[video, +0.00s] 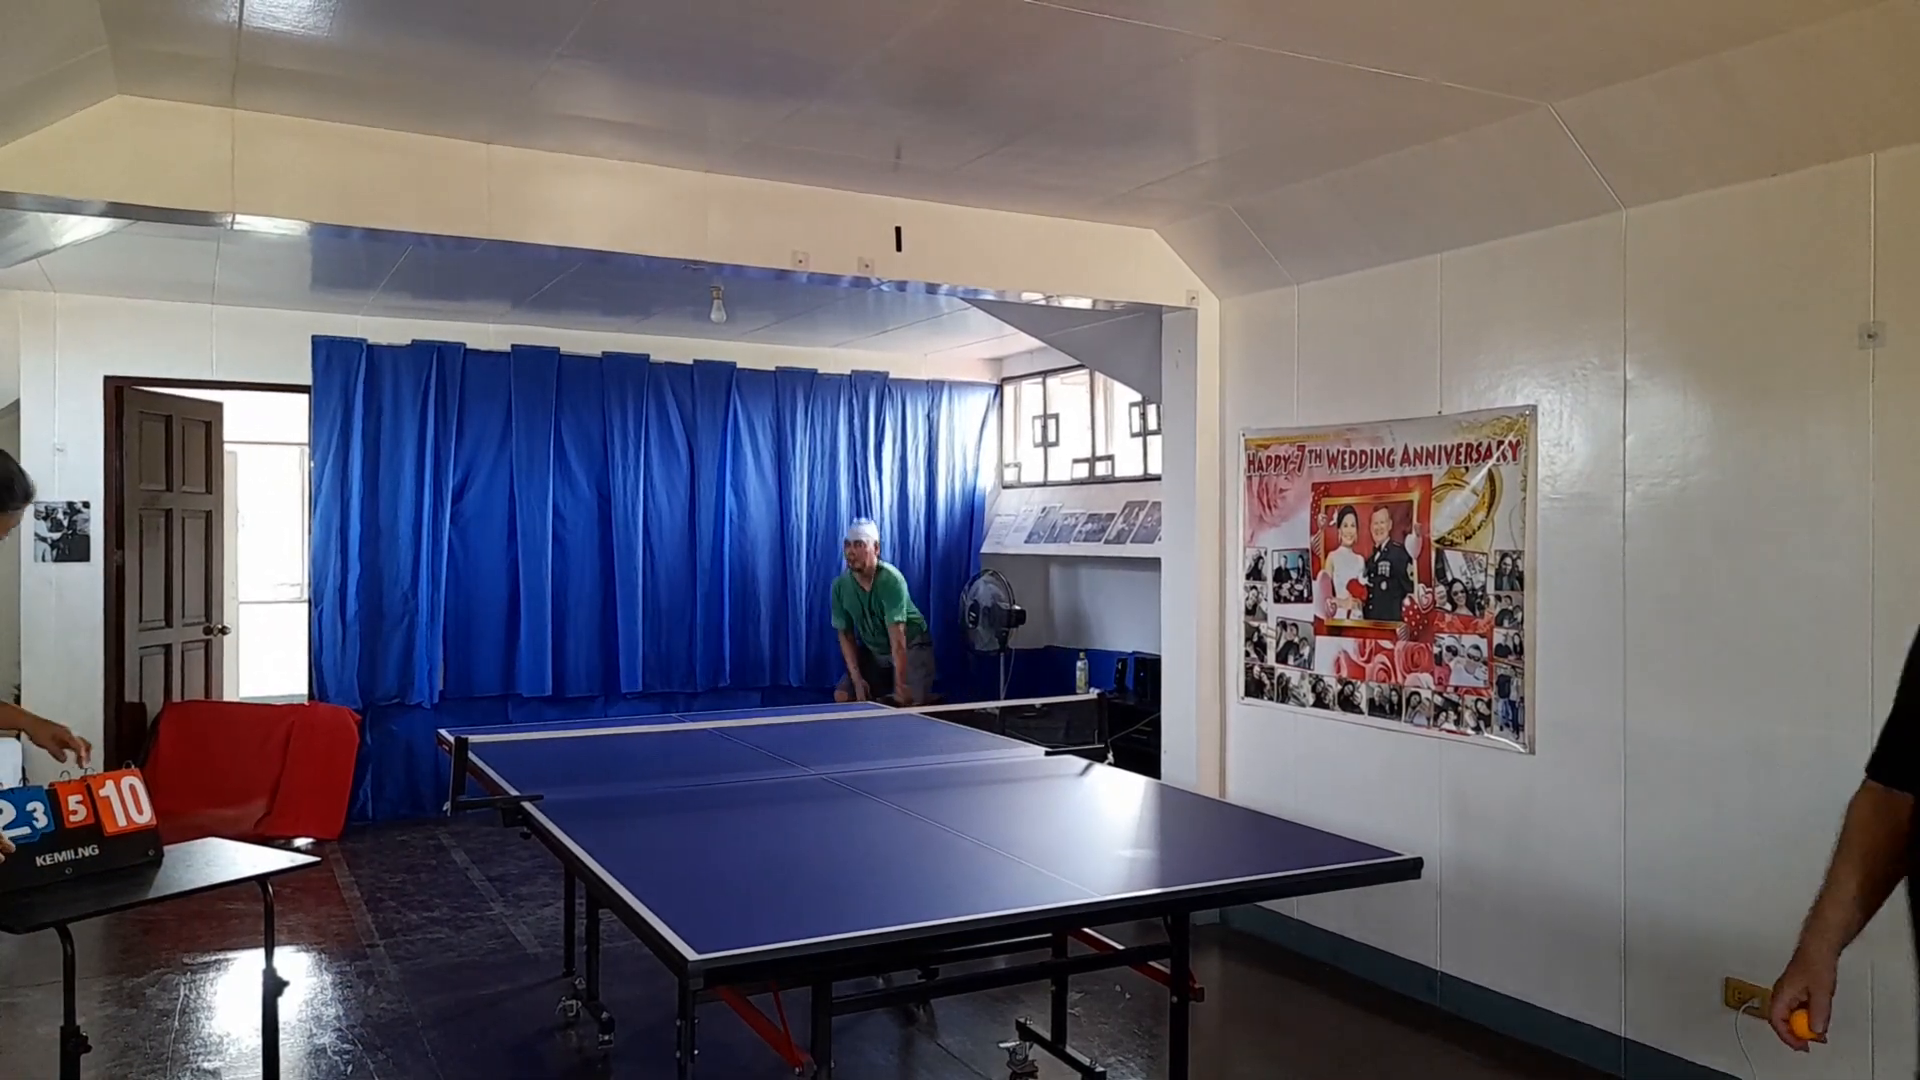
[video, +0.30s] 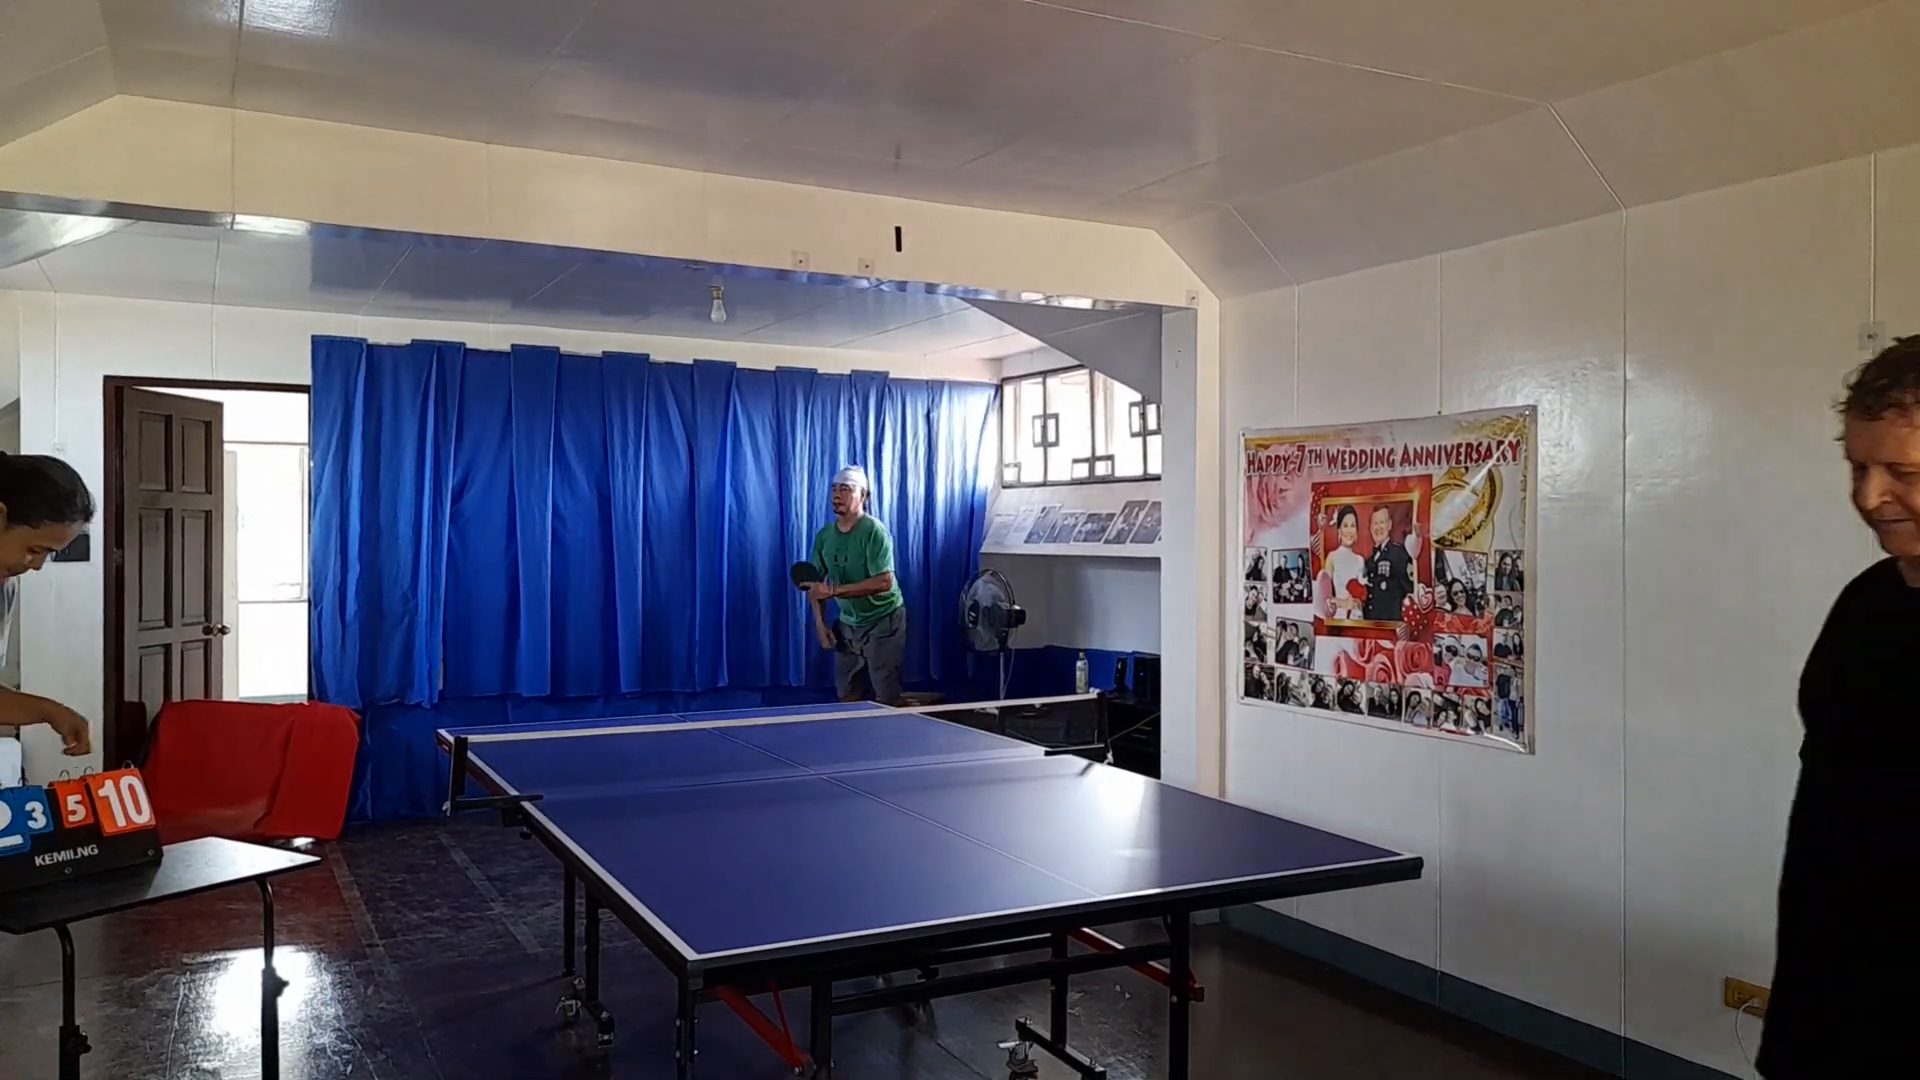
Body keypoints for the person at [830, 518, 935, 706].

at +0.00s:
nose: (850, 552)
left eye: (858, 545)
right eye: (847, 545)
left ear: (875, 548)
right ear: (843, 548)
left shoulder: (891, 581)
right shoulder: (840, 586)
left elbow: (897, 638)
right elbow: (845, 635)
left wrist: (900, 686)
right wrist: (857, 680)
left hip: (912, 646)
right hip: (874, 649)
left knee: (909, 703)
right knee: (843, 695)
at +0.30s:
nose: (837, 494)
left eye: (845, 489)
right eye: (834, 488)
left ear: (862, 495)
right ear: (831, 493)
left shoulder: (875, 531)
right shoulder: (825, 537)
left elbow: (885, 581)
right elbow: (814, 583)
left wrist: (833, 590)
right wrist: (820, 625)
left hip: (883, 621)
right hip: (848, 624)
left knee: (886, 695)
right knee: (848, 696)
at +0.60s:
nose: (814, 491)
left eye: (823, 486)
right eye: (812, 486)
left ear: (840, 496)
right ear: (807, 491)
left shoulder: (854, 533)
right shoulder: (803, 539)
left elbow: (874, 585)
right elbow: (801, 590)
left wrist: (847, 622)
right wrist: (777, 628)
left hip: (857, 627)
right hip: (825, 628)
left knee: (835, 701)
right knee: (850, 702)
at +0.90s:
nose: (789, 491)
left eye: (799, 487)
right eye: (789, 485)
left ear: (816, 497)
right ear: (785, 489)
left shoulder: (826, 538)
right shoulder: (775, 535)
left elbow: (849, 588)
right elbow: (761, 584)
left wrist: (837, 634)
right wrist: (737, 577)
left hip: (811, 631)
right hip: (780, 631)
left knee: (787, 706)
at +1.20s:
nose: (761, 494)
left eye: (770, 489)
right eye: (758, 486)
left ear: (787, 495)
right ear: (753, 488)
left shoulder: (798, 535)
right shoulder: (744, 530)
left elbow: (805, 589)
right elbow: (707, 564)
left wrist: (763, 616)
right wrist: (725, 521)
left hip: (783, 638)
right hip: (743, 637)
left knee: (794, 719)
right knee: (729, 716)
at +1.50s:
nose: (718, 497)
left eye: (727, 492)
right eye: (714, 490)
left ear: (745, 496)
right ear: (708, 492)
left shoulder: (756, 540)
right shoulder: (697, 535)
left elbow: (760, 602)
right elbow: (659, 568)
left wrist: (740, 651)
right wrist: (688, 531)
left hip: (736, 647)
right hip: (693, 643)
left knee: (741, 725)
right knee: (686, 721)